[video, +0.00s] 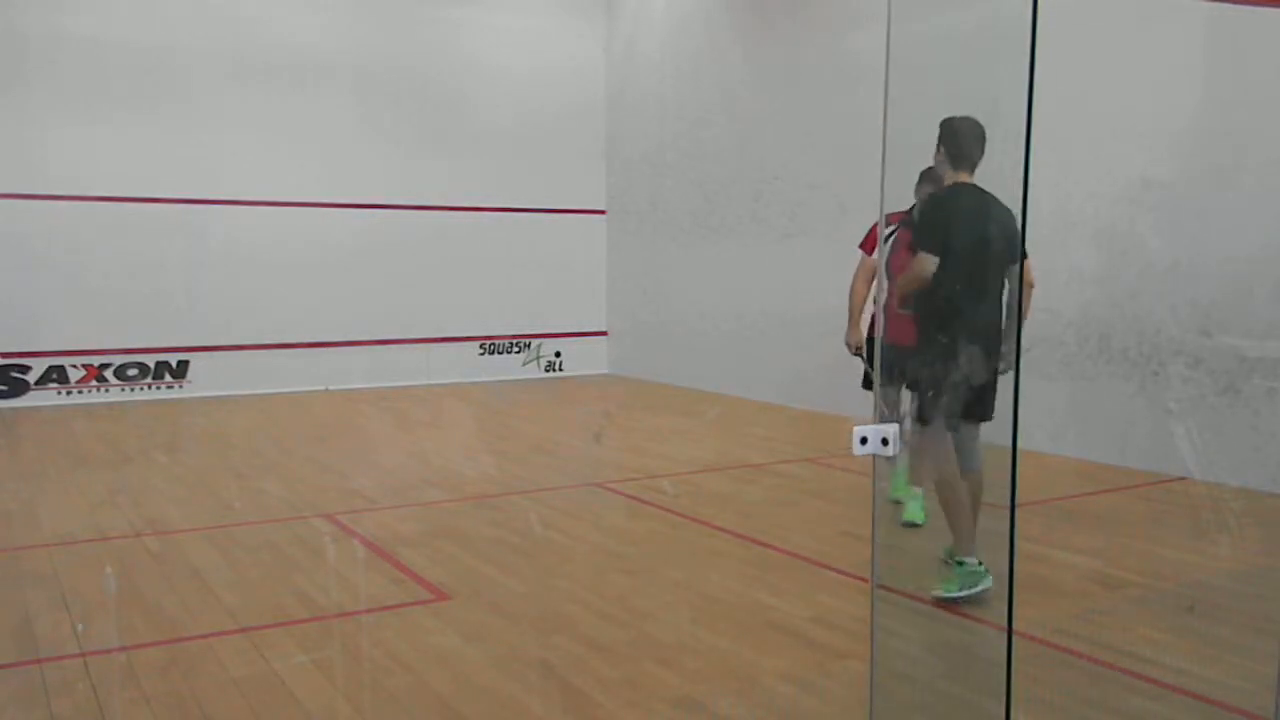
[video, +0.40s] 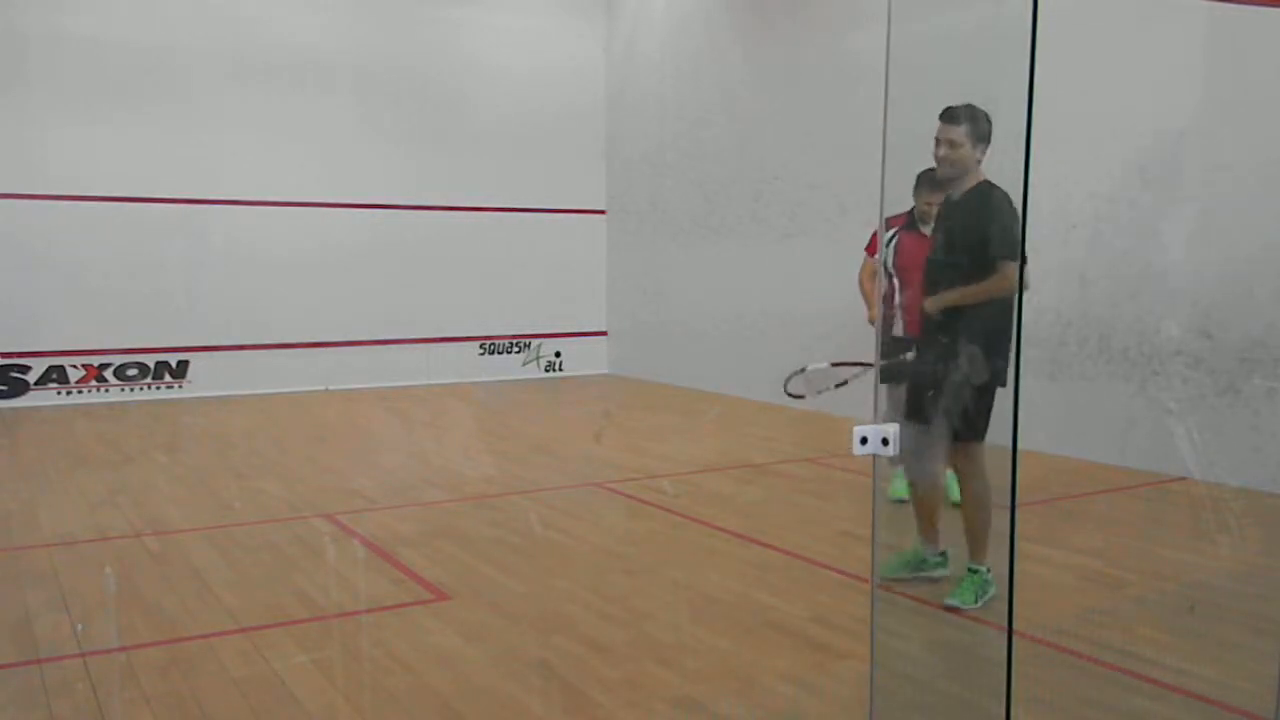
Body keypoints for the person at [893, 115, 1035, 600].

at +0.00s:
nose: (934, 155)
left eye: (937, 148)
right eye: (940, 148)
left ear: (941, 152)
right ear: (980, 157)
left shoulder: (937, 204)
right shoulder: (1002, 213)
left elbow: (925, 265)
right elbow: (1025, 282)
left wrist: (900, 289)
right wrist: (1010, 332)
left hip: (945, 345)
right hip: (984, 347)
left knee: (938, 442)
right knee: (968, 442)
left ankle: (969, 561)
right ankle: (965, 547)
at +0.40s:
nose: (940, 152)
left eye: (951, 145)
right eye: (937, 143)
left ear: (979, 150)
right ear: (935, 144)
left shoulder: (995, 204)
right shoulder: (948, 205)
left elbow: (1009, 280)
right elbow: (943, 276)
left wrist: (944, 300)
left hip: (976, 349)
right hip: (936, 344)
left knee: (967, 453)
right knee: (918, 447)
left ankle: (979, 570)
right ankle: (929, 551)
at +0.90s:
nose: (960, 142)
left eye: (967, 133)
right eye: (949, 132)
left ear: (974, 141)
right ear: (923, 138)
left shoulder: (992, 206)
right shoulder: (891, 209)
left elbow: (1009, 287)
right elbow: (863, 285)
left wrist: (985, 338)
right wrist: (836, 352)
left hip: (965, 362)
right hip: (904, 361)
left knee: (959, 468)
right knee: (909, 477)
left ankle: (967, 564)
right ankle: (912, 604)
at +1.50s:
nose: (917, 131)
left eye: (922, 122)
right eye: (904, 123)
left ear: (929, 129)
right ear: (875, 132)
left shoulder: (951, 196)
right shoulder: (844, 205)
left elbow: (980, 275)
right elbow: (821, 282)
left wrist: (987, 345)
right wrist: (812, 349)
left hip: (931, 366)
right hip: (867, 370)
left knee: (917, 496)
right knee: (887, 496)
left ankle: (915, 629)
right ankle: (909, 607)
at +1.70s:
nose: (912, 132)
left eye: (918, 121)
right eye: (900, 122)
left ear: (928, 129)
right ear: (871, 132)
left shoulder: (948, 202)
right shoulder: (836, 206)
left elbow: (974, 284)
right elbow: (816, 292)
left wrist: (964, 353)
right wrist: (801, 369)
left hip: (916, 372)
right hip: (853, 371)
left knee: (889, 503)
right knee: (884, 495)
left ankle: (870, 646)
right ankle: (910, 599)